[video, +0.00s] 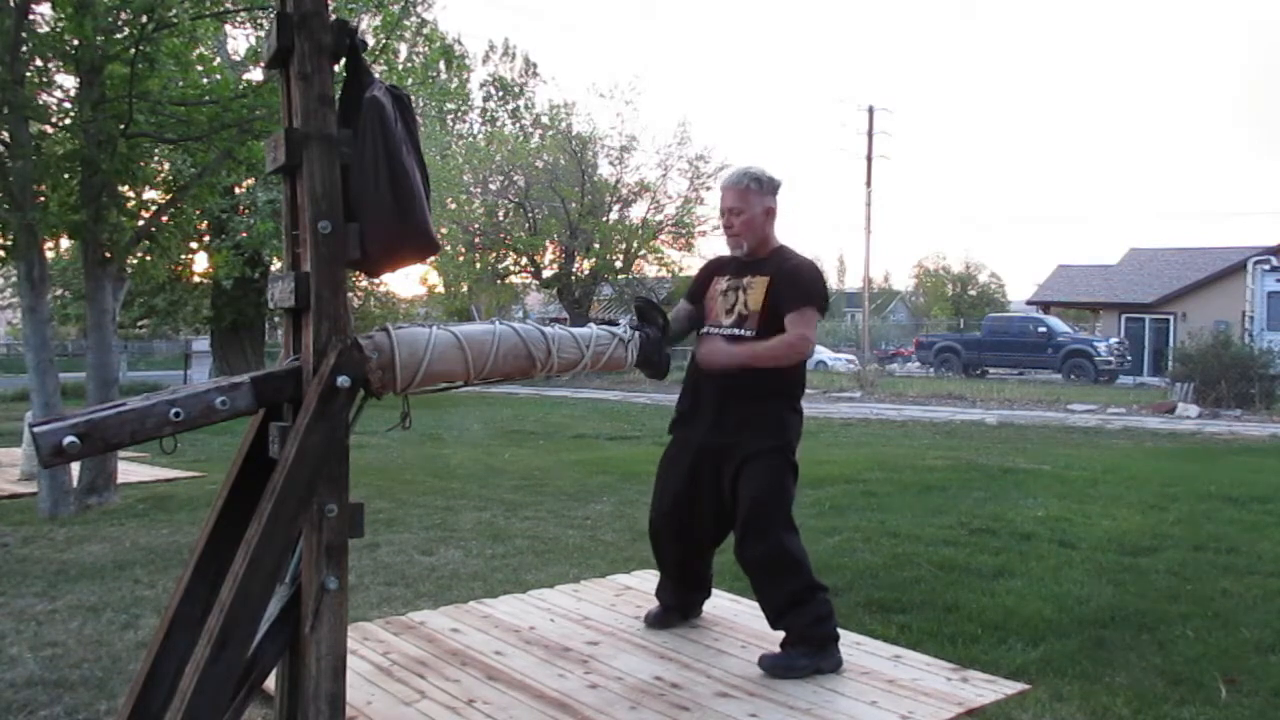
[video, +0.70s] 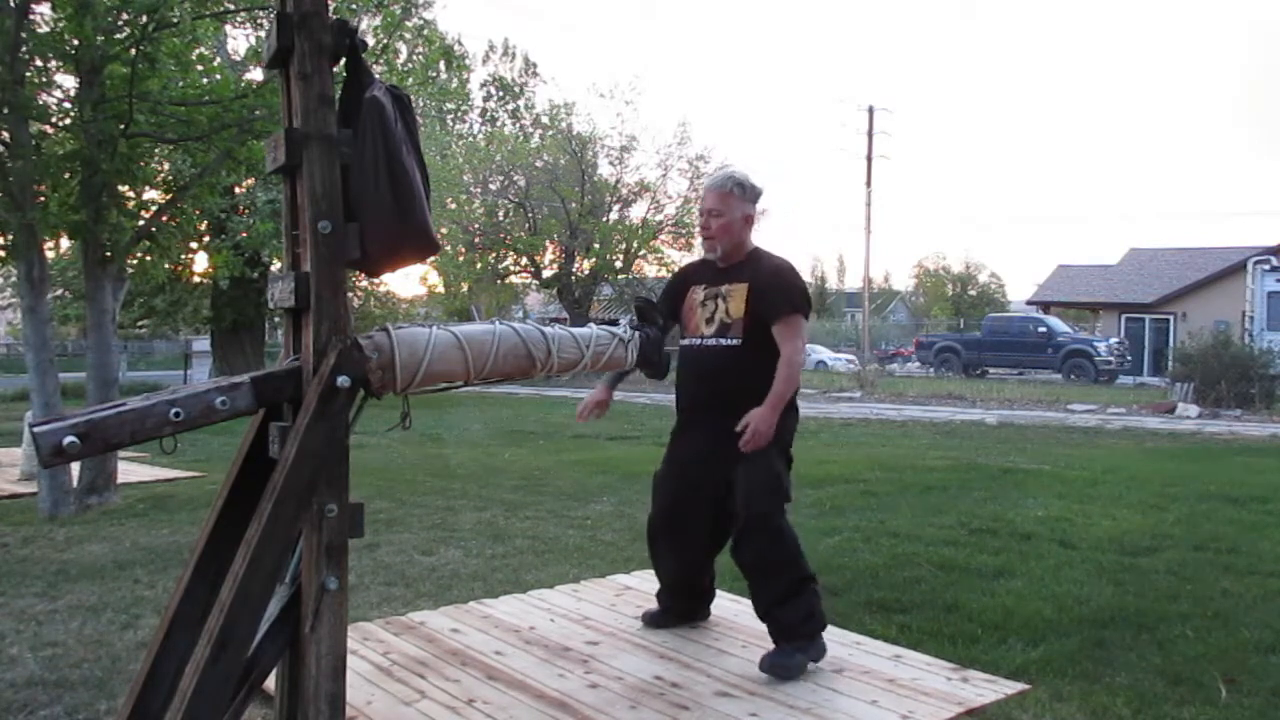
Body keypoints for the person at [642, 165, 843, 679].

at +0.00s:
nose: (730, 222)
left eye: (741, 213)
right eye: (725, 212)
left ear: (771, 212)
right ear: (721, 212)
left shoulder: (797, 273)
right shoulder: (714, 272)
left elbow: (800, 343)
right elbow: (677, 322)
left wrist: (730, 353)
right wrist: (654, 330)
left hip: (763, 426)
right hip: (700, 421)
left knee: (763, 532)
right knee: (674, 516)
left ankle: (815, 642)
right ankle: (681, 599)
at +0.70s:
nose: (705, 223)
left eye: (717, 214)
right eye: (703, 213)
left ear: (748, 218)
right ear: (700, 215)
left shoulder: (774, 275)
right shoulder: (687, 280)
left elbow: (793, 353)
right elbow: (643, 334)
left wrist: (770, 409)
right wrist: (607, 385)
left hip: (756, 423)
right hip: (696, 424)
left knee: (758, 526)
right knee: (675, 515)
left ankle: (800, 637)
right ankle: (684, 603)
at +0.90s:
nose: (717, 224)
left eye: (729, 215)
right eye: (714, 214)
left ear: (761, 217)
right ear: (710, 216)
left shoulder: (794, 281)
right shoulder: (694, 281)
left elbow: (820, 354)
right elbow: (652, 342)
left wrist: (830, 422)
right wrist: (616, 395)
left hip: (768, 440)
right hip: (702, 436)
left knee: (785, 538)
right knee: (678, 523)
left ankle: (818, 652)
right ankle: (684, 603)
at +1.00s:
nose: (732, 223)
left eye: (745, 214)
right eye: (730, 212)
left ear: (779, 217)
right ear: (728, 214)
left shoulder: (813, 281)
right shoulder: (711, 280)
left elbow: (843, 355)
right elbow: (681, 352)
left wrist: (862, 425)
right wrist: (655, 413)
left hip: (788, 436)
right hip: (720, 431)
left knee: (793, 535)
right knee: (697, 521)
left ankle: (820, 662)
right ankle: (686, 603)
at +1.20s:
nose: (761, 213)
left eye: (775, 205)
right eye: (760, 203)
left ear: (811, 210)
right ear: (759, 205)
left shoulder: (851, 271)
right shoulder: (742, 276)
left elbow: (873, 336)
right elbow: (712, 346)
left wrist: (840, 373)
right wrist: (715, 406)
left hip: (821, 431)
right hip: (755, 427)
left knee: (809, 536)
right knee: (724, 515)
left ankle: (820, 667)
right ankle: (708, 602)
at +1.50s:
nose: (786, 202)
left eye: (797, 192)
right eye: (784, 192)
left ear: (836, 196)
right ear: (786, 194)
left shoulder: (872, 258)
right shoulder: (781, 255)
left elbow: (825, 307)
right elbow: (728, 295)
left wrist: (760, 278)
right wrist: (706, 267)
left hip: (840, 431)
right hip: (769, 418)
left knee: (827, 547)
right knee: (717, 463)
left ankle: (823, 667)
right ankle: (745, 593)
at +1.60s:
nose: (789, 199)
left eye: (800, 190)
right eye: (789, 189)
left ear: (840, 194)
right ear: (797, 192)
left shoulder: (873, 257)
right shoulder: (789, 250)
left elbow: (805, 305)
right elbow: (730, 267)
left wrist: (748, 278)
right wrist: (674, 233)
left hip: (829, 425)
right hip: (768, 405)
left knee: (807, 544)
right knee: (702, 379)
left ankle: (822, 667)